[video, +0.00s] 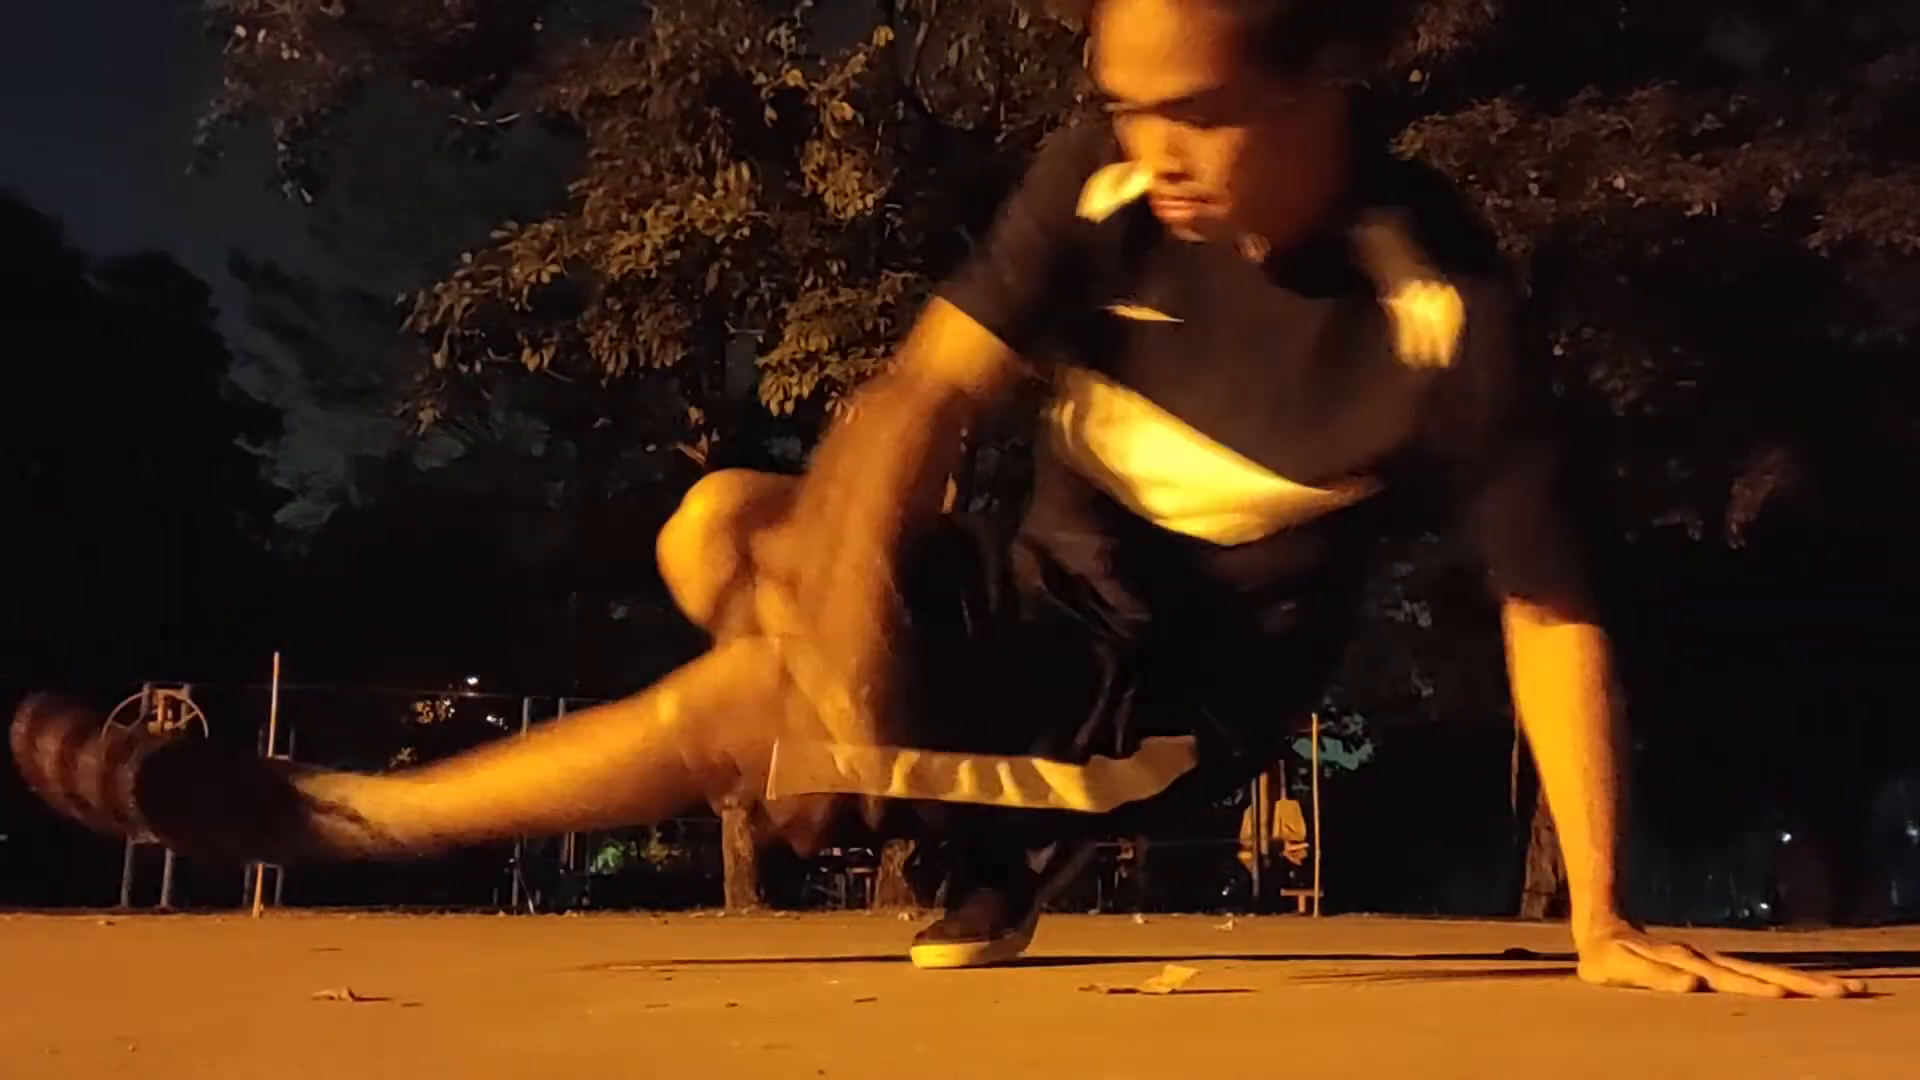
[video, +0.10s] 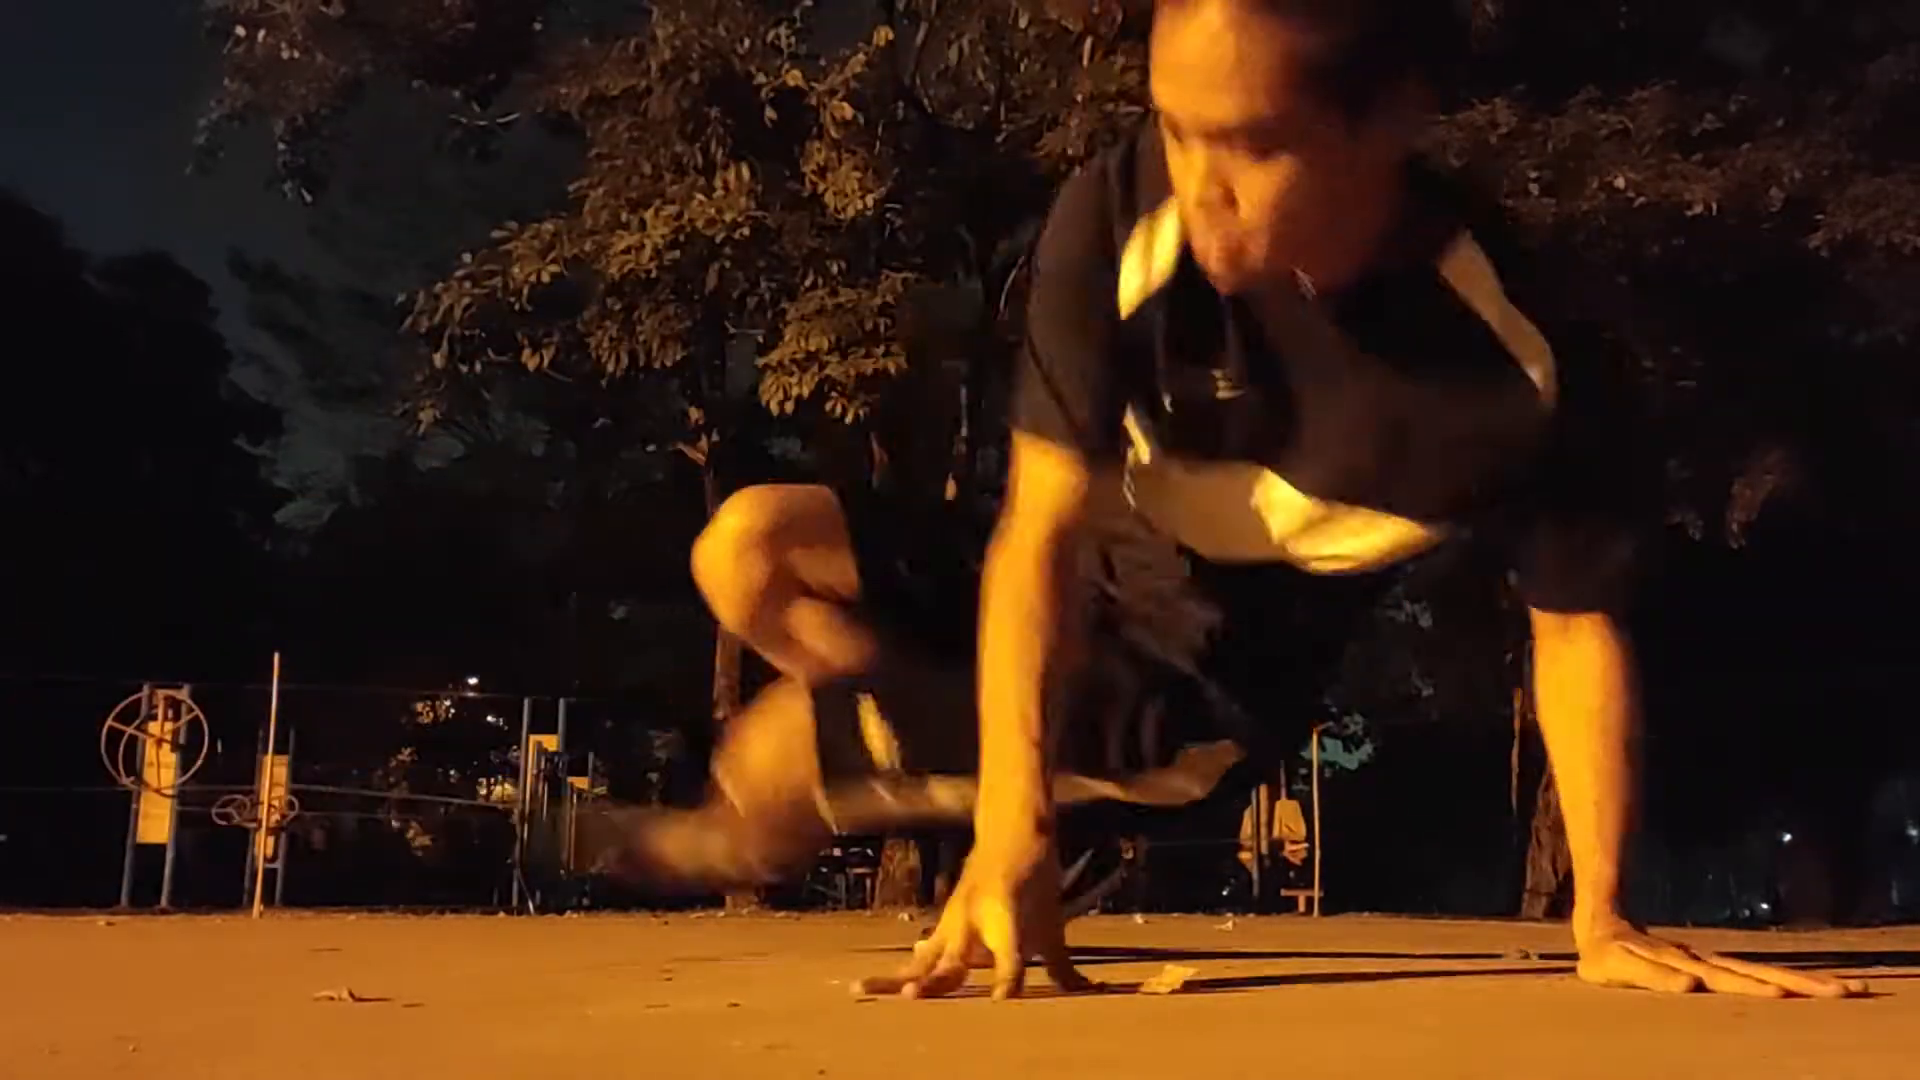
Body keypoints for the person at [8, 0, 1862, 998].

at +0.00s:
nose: (1145, 173)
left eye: (1197, 125)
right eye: (1126, 123)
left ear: (1364, 83)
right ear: (1108, 97)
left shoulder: (1454, 329)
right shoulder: (1105, 178)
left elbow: (1550, 626)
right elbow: (918, 411)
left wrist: (1602, 932)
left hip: (1144, 679)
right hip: (989, 530)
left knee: (741, 716)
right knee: (700, 537)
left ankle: (300, 824)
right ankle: (967, 834)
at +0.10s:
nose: (1206, 193)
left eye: (1256, 143)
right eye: (1181, 137)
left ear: (1399, 125)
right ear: (1153, 108)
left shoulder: (1530, 329)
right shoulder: (1114, 227)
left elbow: (1579, 615)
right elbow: (1037, 541)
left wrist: (1603, 920)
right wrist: (1003, 852)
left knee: (789, 757)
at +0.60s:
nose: (820, 241)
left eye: (798, 204)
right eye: (801, 210)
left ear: (821, 159)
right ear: (919, 121)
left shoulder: (1001, 209)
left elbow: (1094, 525)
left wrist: (967, 778)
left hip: (1181, 690)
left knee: (808, 909)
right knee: (772, 551)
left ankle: (1076, 860)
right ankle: (1002, 846)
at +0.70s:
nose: (850, 221)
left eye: (862, 183)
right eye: (852, 193)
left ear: (906, 154)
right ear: (995, 138)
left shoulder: (962, 199)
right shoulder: (1147, 276)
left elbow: (824, 437)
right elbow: (1334, 531)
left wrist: (626, 538)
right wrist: (1515, 712)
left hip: (1099, 702)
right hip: (1017, 613)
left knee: (778, 900)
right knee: (749, 583)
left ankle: (1065, 875)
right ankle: (1009, 859)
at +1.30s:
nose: (1404, 554)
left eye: (1426, 543)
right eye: (1421, 522)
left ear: (1384, 489)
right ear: (1379, 440)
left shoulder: (1177, 561)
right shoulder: (1251, 410)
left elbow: (1087, 728)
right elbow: (1309, 655)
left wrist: (1129, 931)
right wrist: (1386, 909)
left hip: (870, 597)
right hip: (788, 467)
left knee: (751, 919)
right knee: (478, 578)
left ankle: (660, 797)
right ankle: (292, 621)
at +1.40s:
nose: (1322, 486)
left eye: (1352, 487)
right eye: (1333, 452)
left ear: (1329, 497)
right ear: (1284, 379)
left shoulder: (1122, 558)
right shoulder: (1156, 355)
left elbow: (1078, 730)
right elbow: (1265, 558)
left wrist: (1127, 921)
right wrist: (1419, 779)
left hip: (842, 623)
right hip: (727, 501)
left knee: (725, 928)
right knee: (445, 531)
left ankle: (725, 810)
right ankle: (127, 664)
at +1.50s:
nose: (1186, 384)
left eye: (1216, 376)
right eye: (1179, 347)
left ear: (1241, 404)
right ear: (1134, 319)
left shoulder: (1121, 527)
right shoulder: (1022, 325)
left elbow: (1085, 734)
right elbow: (1023, 333)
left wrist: (1122, 924)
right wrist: (1228, 464)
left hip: (840, 644)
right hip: (726, 548)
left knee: (722, 928)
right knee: (521, 474)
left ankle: (763, 857)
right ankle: (226, 752)